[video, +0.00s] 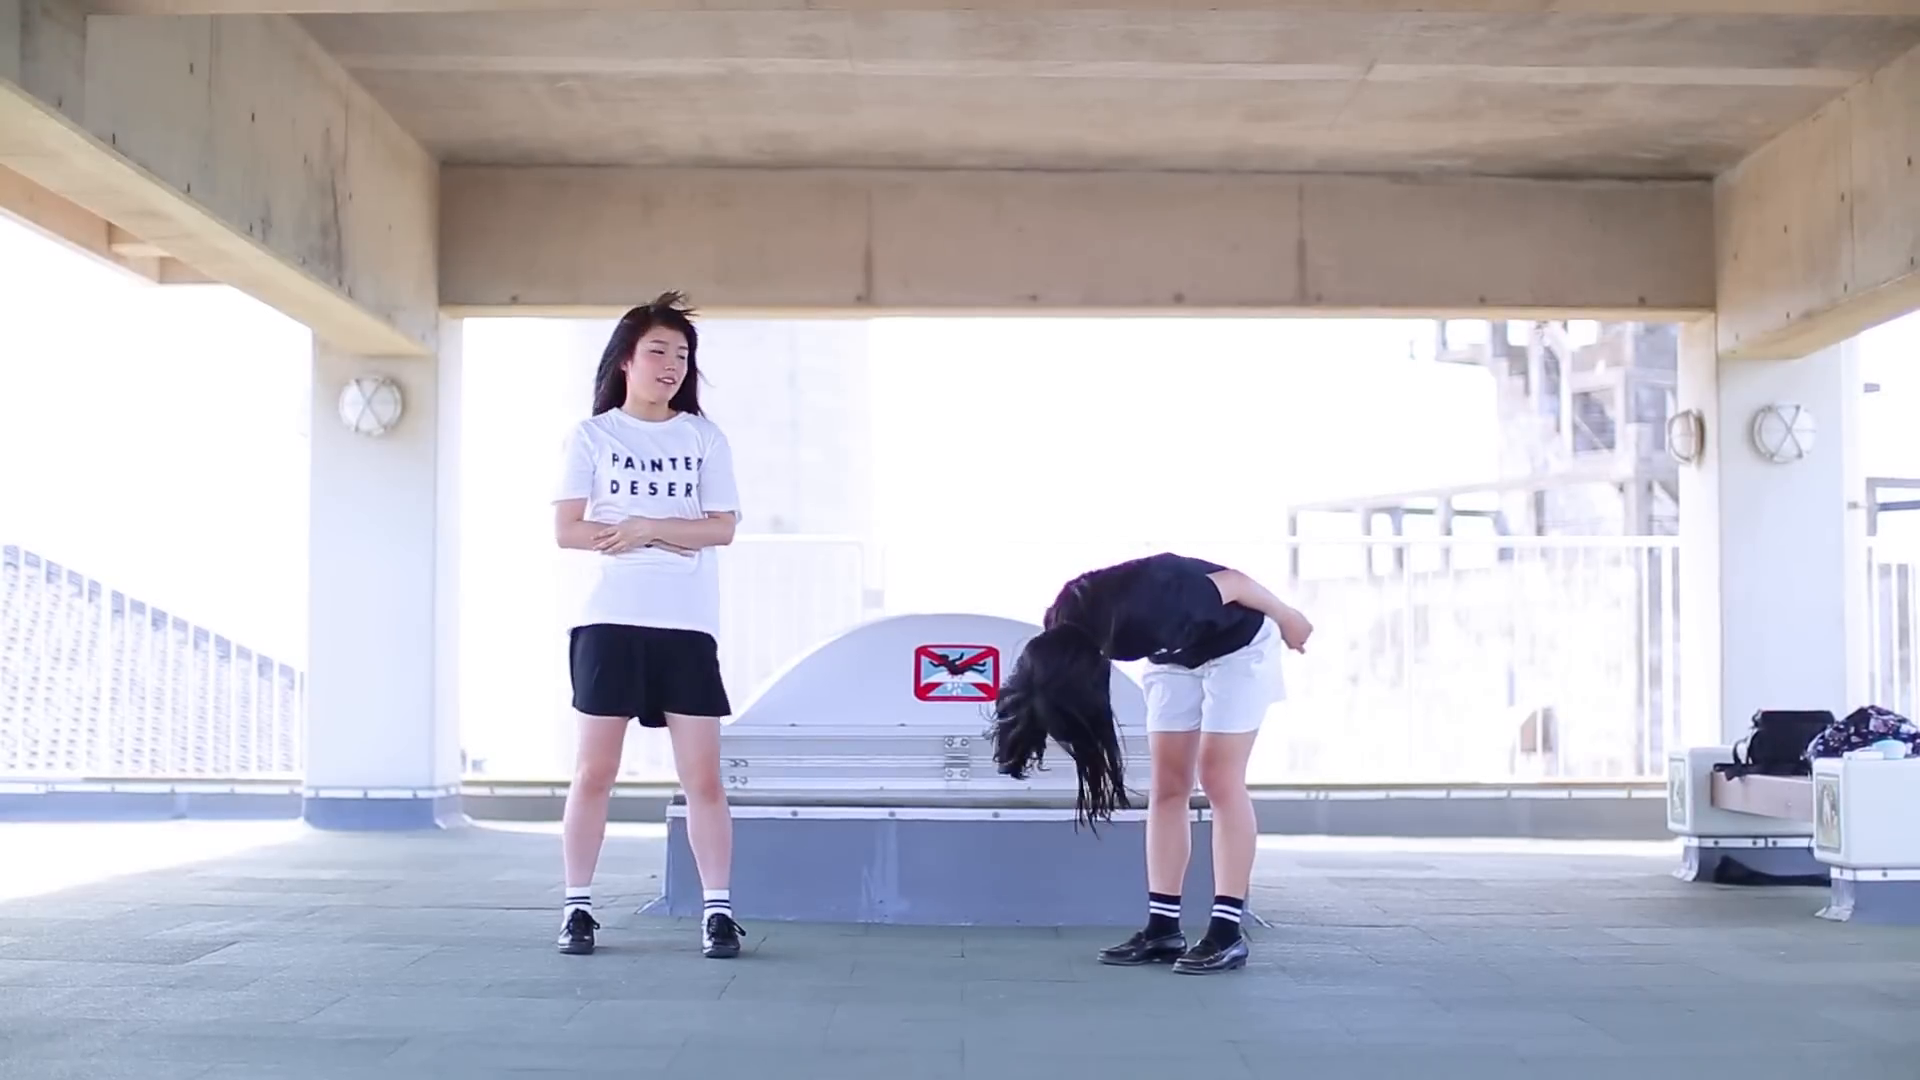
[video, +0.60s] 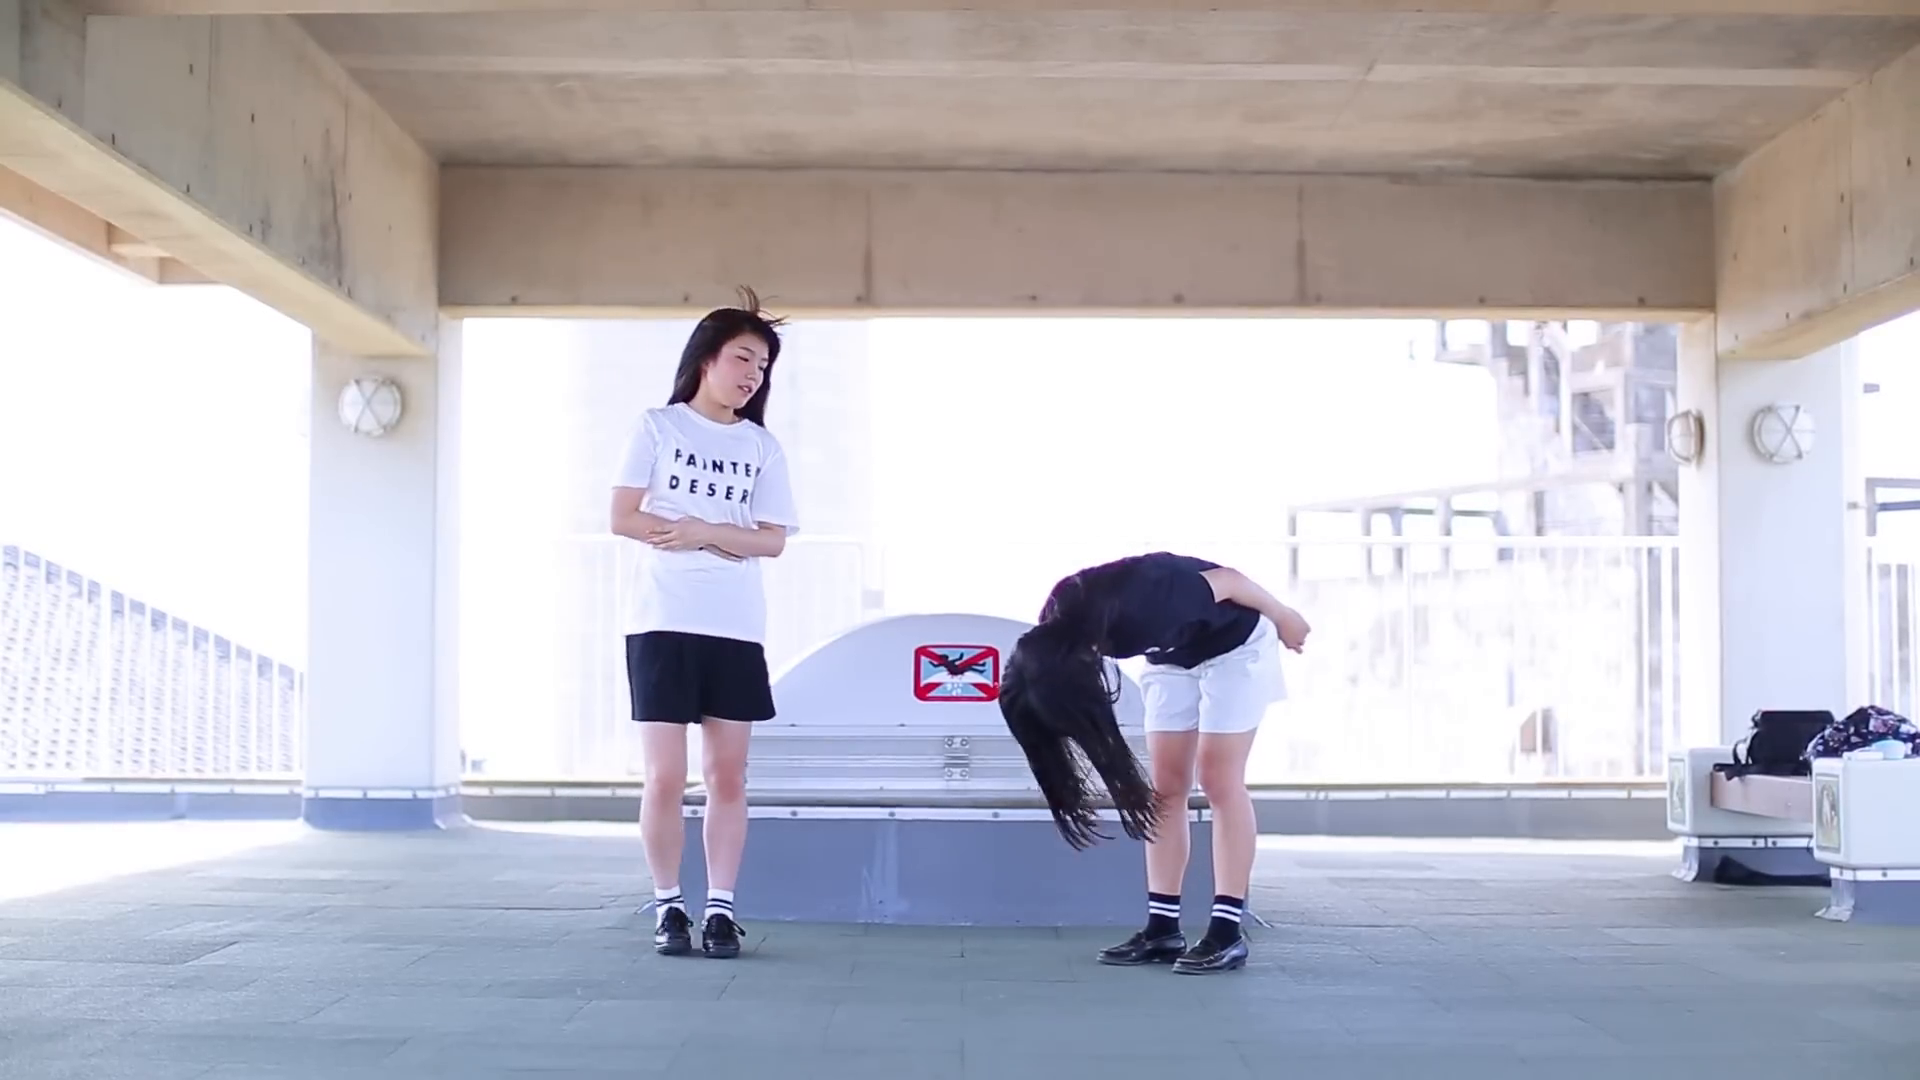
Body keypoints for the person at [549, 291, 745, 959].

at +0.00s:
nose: (669, 364)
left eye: (679, 353)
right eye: (655, 351)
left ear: (689, 365)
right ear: (625, 359)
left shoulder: (705, 436)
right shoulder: (591, 434)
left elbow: (723, 529)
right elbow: (567, 531)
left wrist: (648, 526)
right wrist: (661, 534)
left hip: (687, 625)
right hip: (611, 622)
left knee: (705, 782)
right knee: (594, 774)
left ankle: (718, 911)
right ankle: (578, 908)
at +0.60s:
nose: (751, 372)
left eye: (761, 364)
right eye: (741, 357)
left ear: (764, 375)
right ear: (705, 357)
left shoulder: (763, 446)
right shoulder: (657, 425)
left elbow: (774, 542)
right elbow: (623, 519)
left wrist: (700, 531)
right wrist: (720, 535)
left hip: (735, 626)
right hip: (662, 623)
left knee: (728, 776)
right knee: (667, 776)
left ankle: (720, 909)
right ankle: (669, 906)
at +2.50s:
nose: (726, 363)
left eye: (735, 353)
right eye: (712, 351)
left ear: (746, 361)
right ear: (682, 355)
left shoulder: (753, 441)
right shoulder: (646, 424)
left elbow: (763, 538)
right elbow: (601, 512)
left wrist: (704, 573)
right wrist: (676, 510)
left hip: (712, 630)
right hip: (636, 621)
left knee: (716, 778)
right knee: (609, 774)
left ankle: (719, 911)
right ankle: (583, 908)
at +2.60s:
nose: (699, 359)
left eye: (710, 349)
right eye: (686, 348)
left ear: (723, 357)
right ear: (658, 355)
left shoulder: (738, 438)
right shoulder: (630, 422)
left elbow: (749, 538)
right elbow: (580, 500)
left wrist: (713, 601)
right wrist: (640, 453)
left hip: (700, 626)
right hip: (624, 619)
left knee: (709, 779)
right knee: (602, 775)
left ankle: (718, 912)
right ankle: (582, 910)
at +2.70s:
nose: (671, 358)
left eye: (682, 347)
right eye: (656, 348)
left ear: (700, 356)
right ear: (632, 358)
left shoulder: (724, 438)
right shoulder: (616, 422)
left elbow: (742, 533)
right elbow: (561, 471)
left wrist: (728, 617)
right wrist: (610, 395)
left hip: (688, 630)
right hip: (609, 621)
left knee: (701, 780)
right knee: (594, 774)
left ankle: (718, 910)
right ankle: (581, 909)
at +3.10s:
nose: (598, 361)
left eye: (615, 350)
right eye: (592, 350)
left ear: (644, 364)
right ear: (583, 360)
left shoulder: (667, 434)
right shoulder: (563, 425)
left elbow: (707, 516)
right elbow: (486, 440)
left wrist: (681, 564)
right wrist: (538, 381)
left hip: (640, 622)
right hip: (565, 619)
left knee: (657, 780)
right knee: (570, 774)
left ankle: (672, 905)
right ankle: (579, 909)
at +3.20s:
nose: (579, 350)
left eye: (595, 341)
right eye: (580, 340)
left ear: (632, 363)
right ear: (581, 358)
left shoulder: (666, 430)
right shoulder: (564, 423)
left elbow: (705, 515)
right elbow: (488, 456)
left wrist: (661, 511)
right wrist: (519, 389)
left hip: (639, 621)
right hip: (564, 617)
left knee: (639, 780)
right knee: (570, 774)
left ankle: (645, 909)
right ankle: (578, 910)